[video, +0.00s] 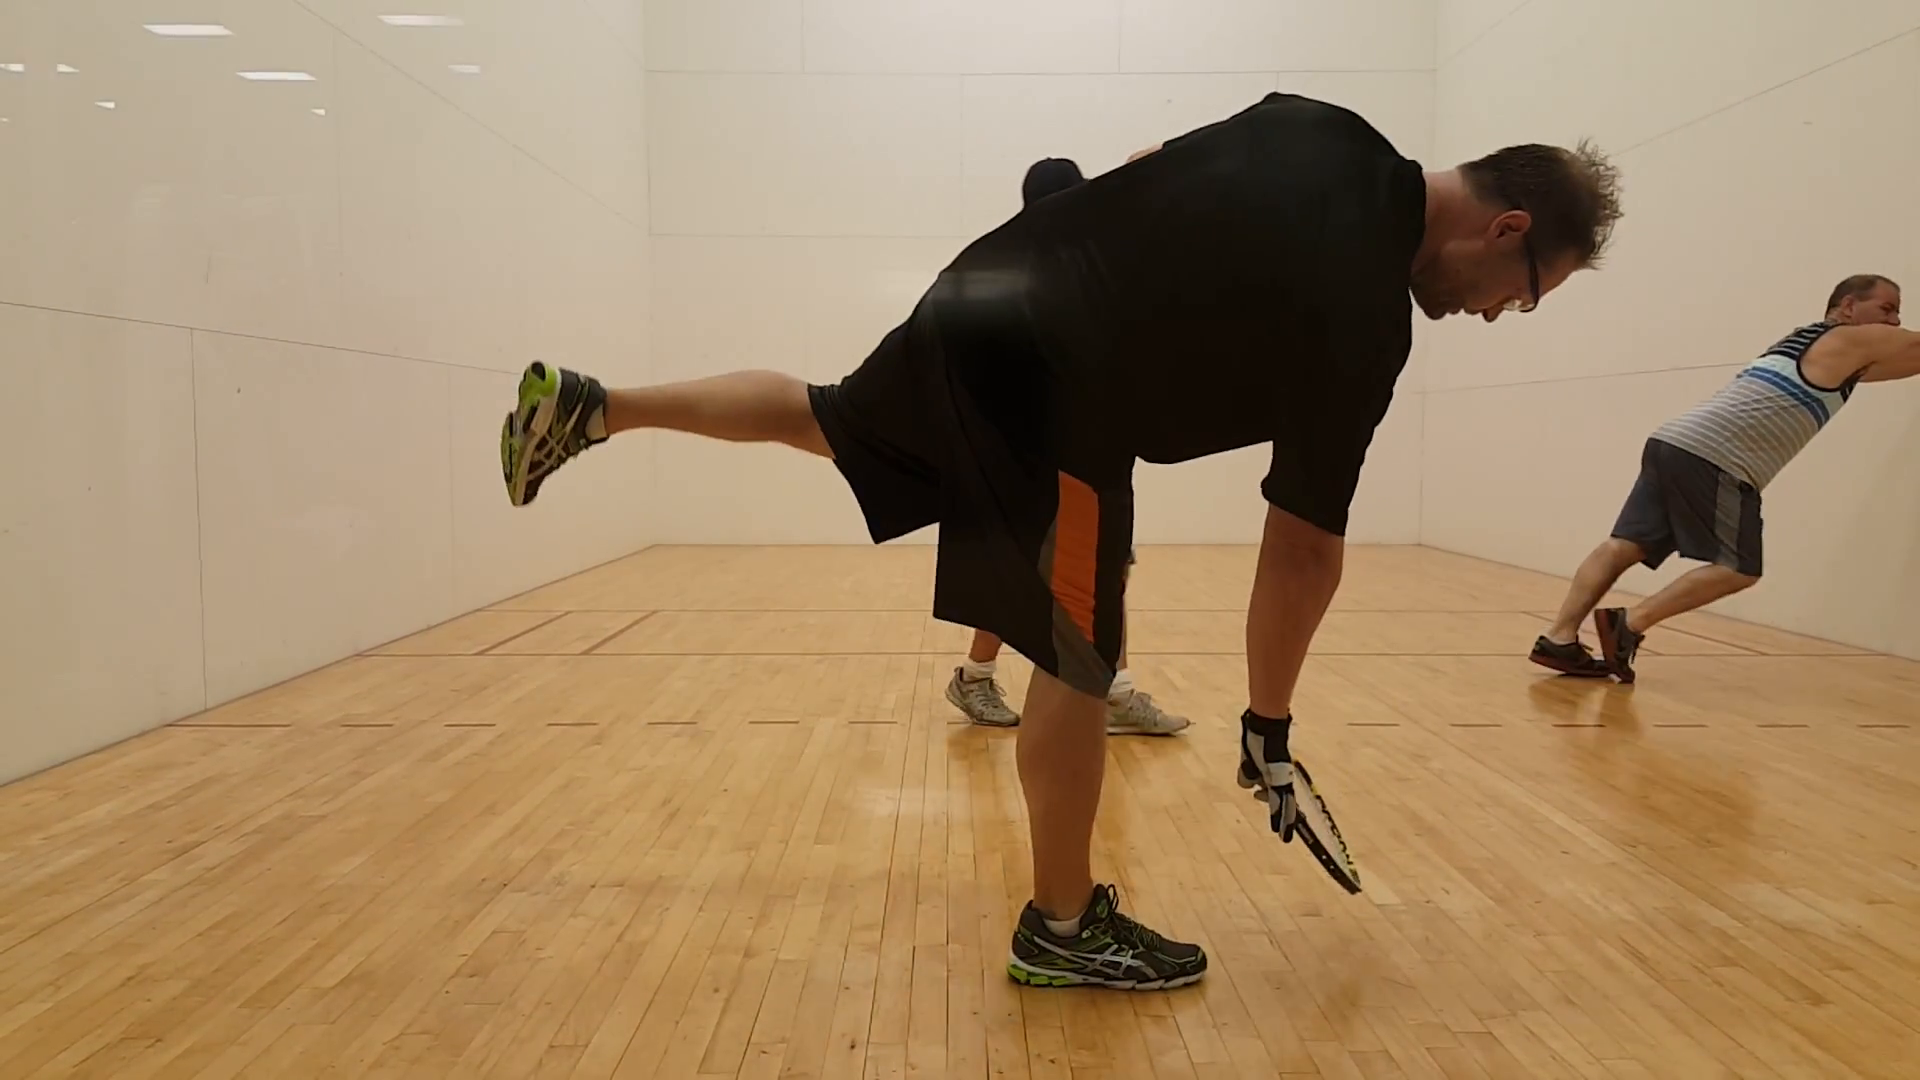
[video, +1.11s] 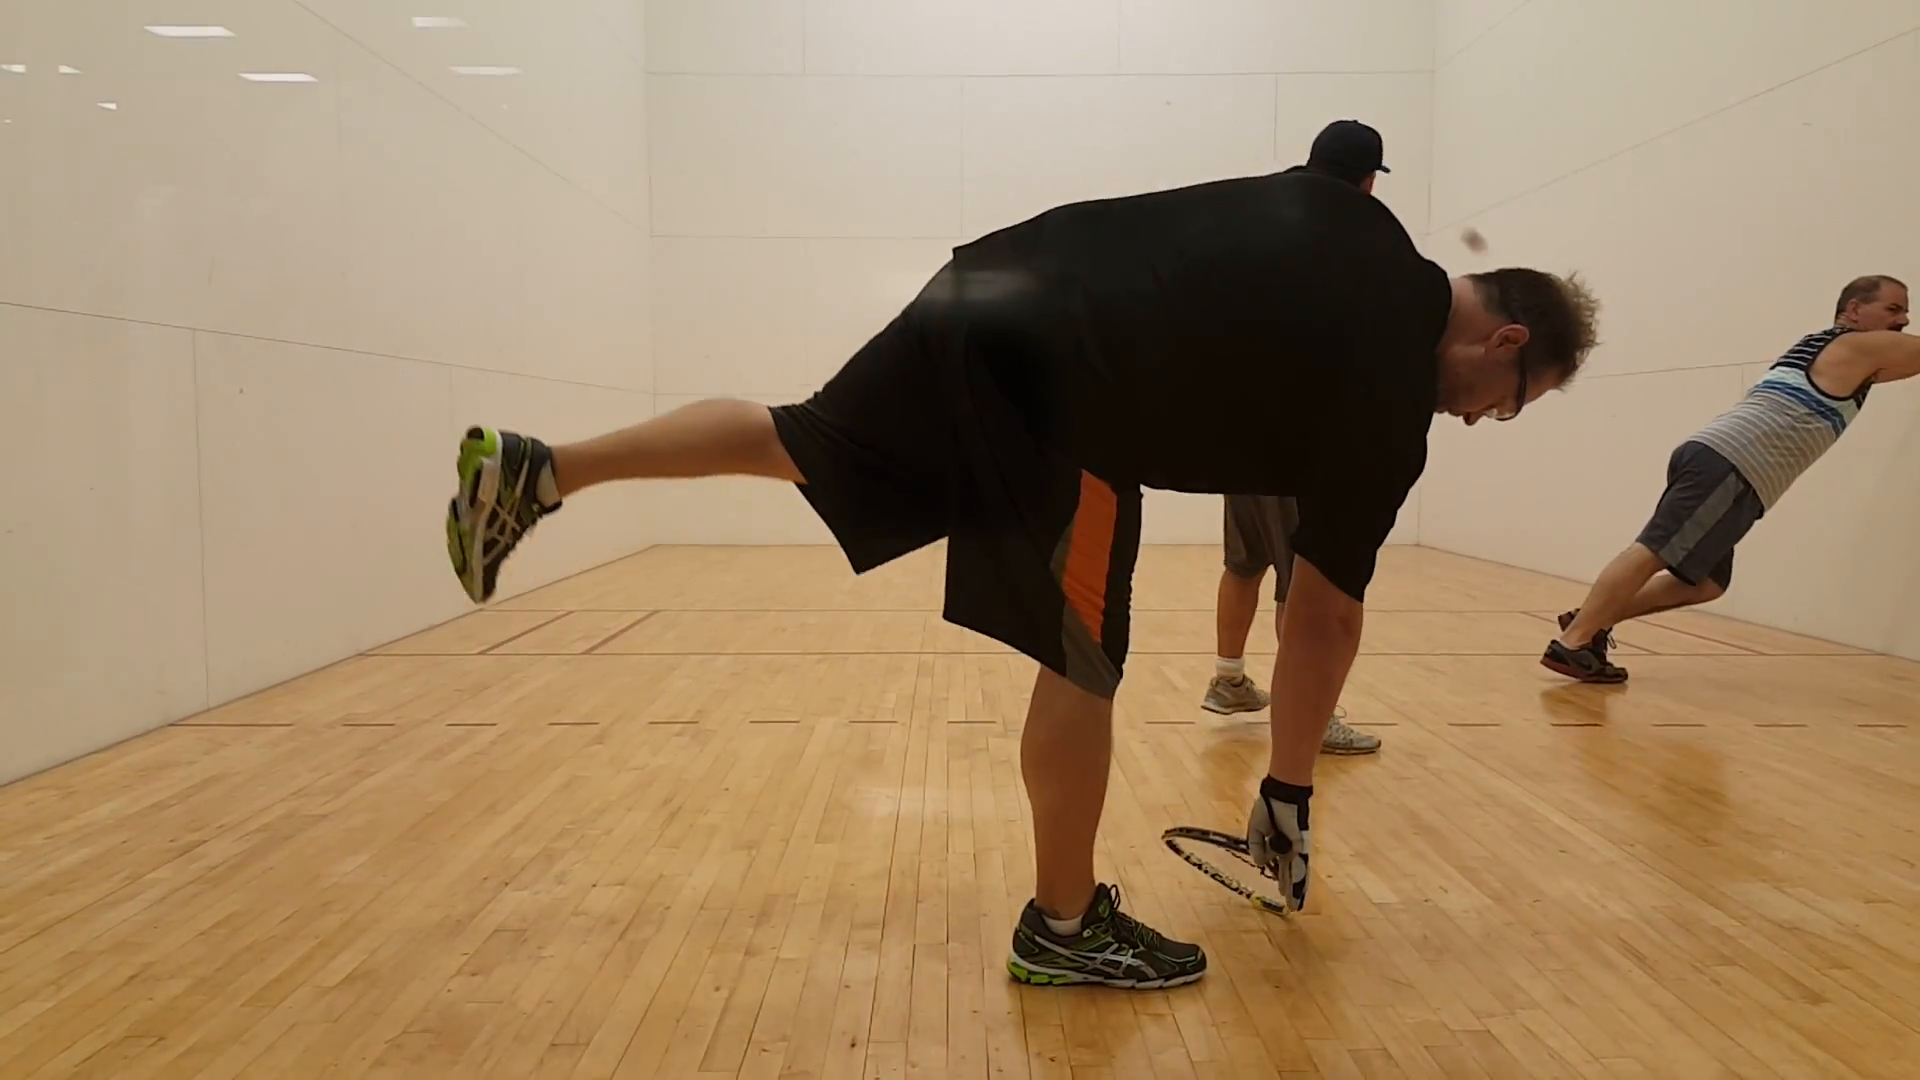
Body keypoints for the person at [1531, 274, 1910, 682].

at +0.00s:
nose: (1895, 321)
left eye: (1895, 312)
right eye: (1887, 309)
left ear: (1844, 315)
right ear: (1846, 308)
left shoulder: (1807, 342)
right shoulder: (1845, 343)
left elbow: (1908, 358)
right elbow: (1917, 348)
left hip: (1670, 447)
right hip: (1717, 464)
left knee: (1623, 546)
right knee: (1739, 568)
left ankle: (1558, 639)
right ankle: (1630, 625)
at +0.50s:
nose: (1905, 292)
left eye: (1905, 284)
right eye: (1896, 280)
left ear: (1855, 286)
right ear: (1854, 282)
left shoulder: (1815, 317)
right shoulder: (1857, 321)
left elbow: (1908, 351)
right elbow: (1918, 337)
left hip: (1690, 431)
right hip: (1729, 450)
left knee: (1641, 542)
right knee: (1682, 550)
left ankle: (1570, 626)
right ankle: (1593, 634)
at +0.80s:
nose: (1901, 313)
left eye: (1902, 306)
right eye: (1893, 301)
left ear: (1852, 309)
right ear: (1852, 302)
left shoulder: (1821, 340)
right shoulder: (1850, 341)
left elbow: (1906, 356)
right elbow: (1916, 350)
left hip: (1714, 454)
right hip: (1727, 463)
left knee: (1690, 574)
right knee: (1656, 546)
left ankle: (1582, 619)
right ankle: (1576, 638)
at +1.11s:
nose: (1903, 321)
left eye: (1904, 313)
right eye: (1895, 309)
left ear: (1854, 318)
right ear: (1853, 311)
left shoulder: (1827, 350)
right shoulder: (1852, 349)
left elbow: (1906, 360)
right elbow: (1917, 353)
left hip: (1717, 461)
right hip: (1728, 470)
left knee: (1706, 581)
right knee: (1651, 552)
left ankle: (1592, 616)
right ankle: (1572, 644)